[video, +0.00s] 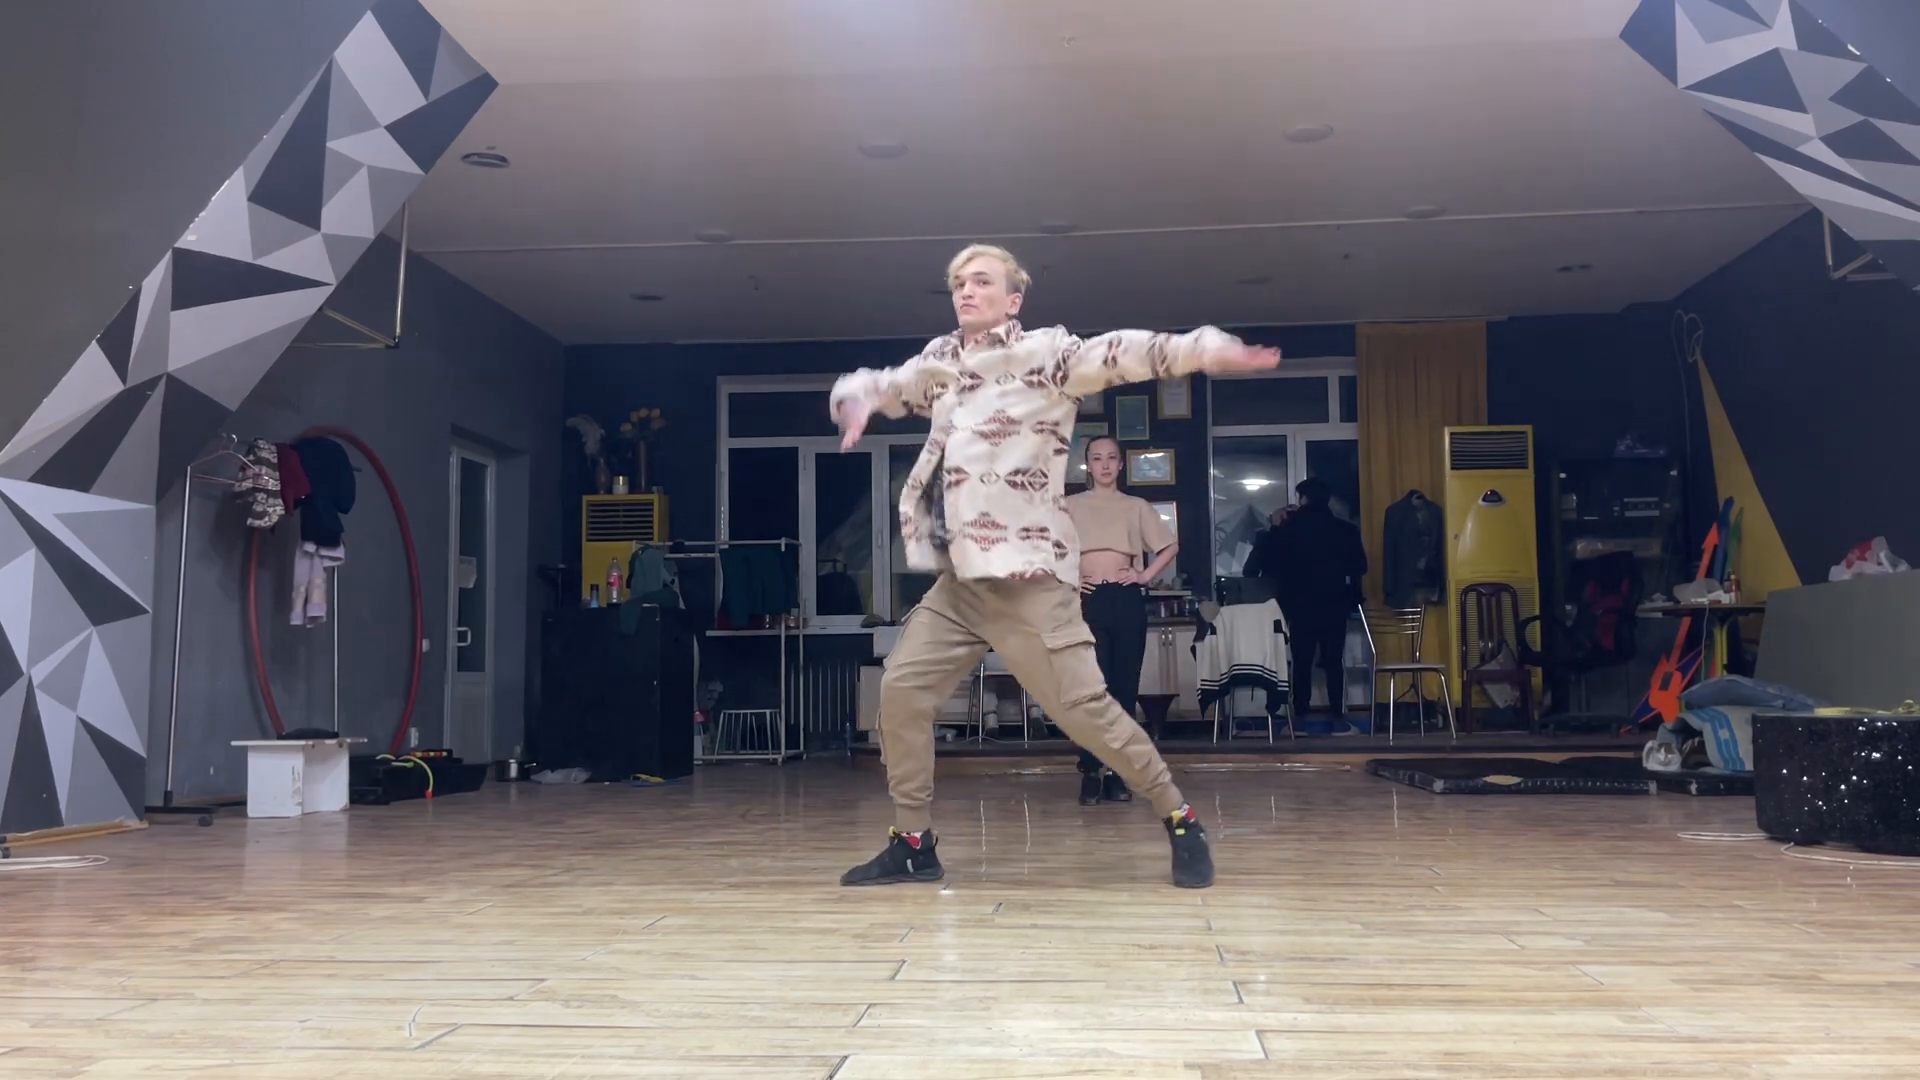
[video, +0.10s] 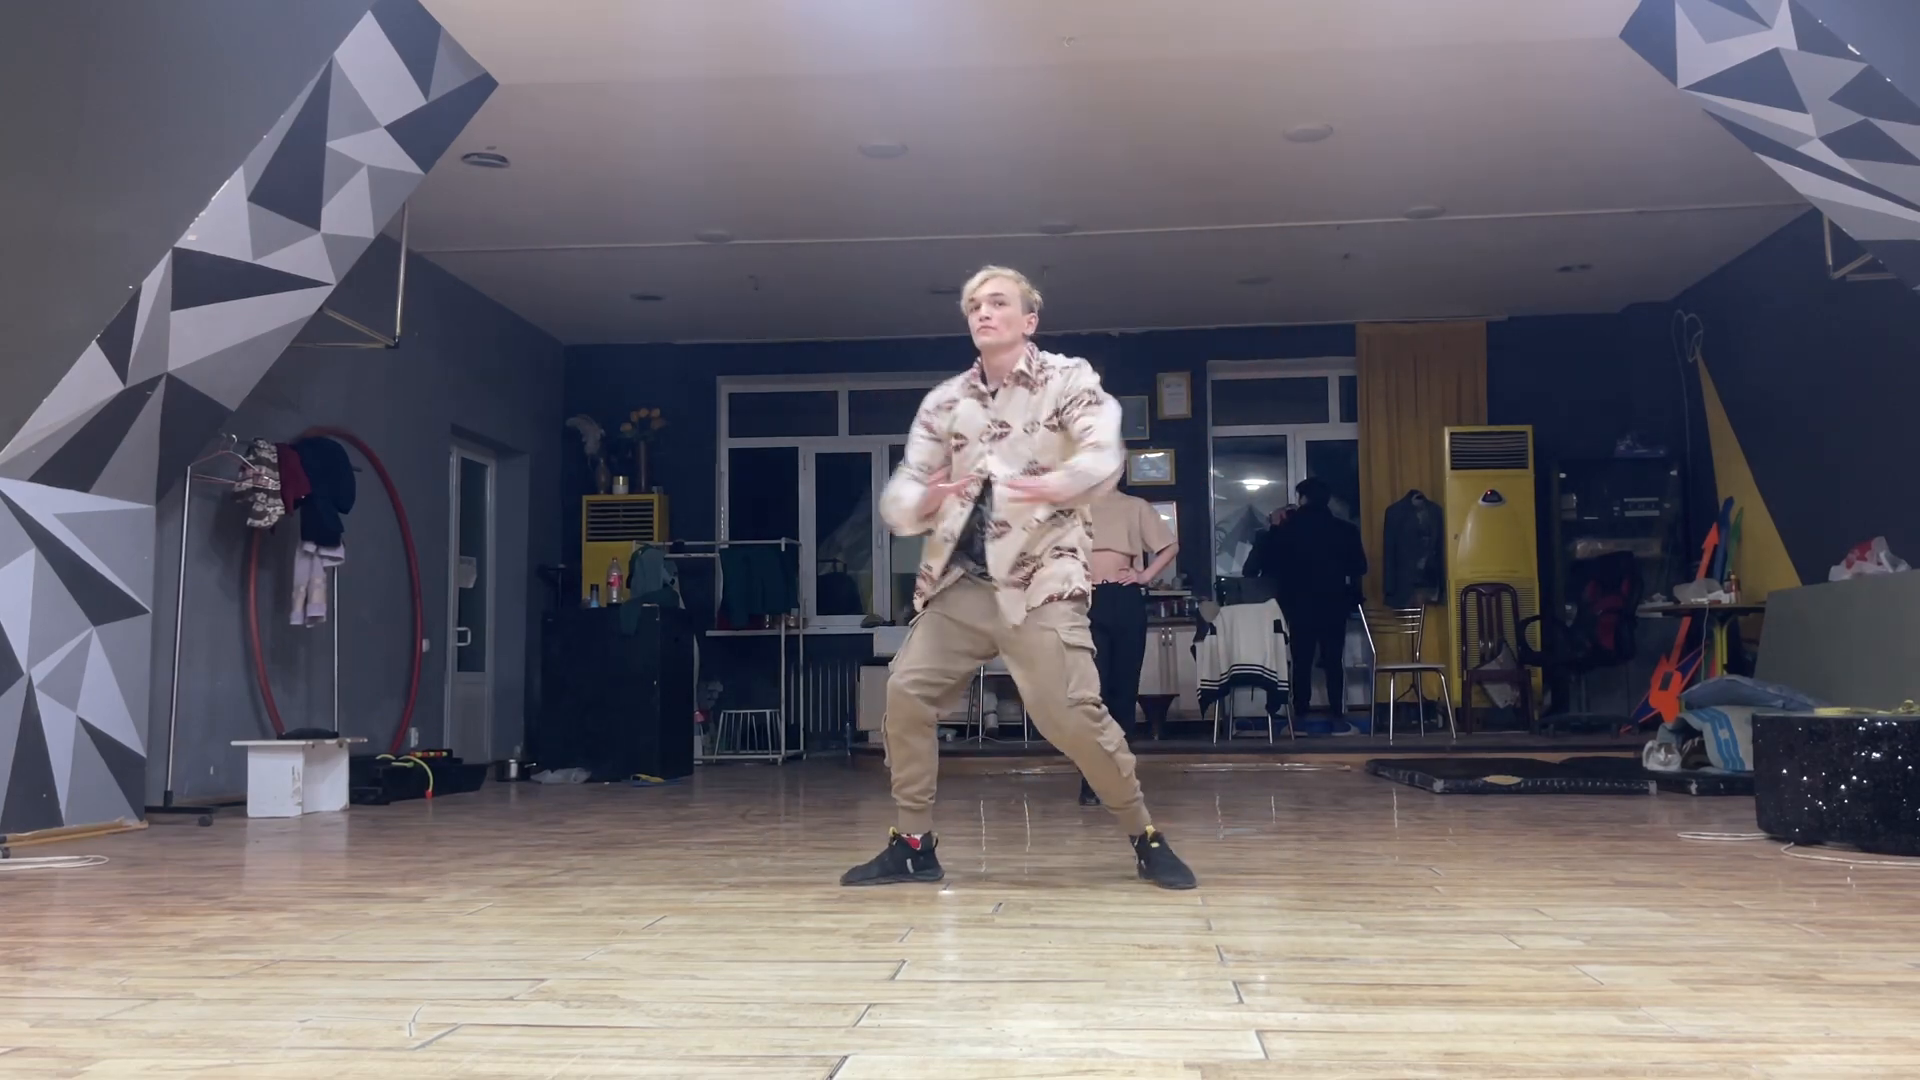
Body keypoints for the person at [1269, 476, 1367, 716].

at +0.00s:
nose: (1299, 502)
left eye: (1300, 498)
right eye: (1300, 498)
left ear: (1303, 499)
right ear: (1327, 499)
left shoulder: (1288, 529)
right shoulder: (1345, 529)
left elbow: (1267, 566)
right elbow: (1359, 568)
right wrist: (1353, 598)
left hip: (1300, 605)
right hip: (1333, 604)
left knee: (1302, 661)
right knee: (1334, 661)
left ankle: (1300, 719)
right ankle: (1337, 719)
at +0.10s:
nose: (1299, 502)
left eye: (1300, 498)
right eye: (1300, 498)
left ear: (1303, 499)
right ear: (1327, 499)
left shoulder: (1288, 529)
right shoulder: (1345, 529)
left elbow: (1270, 566)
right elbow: (1358, 568)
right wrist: (1353, 598)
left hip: (1299, 604)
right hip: (1333, 603)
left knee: (1301, 661)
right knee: (1333, 661)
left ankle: (1300, 719)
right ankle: (1337, 718)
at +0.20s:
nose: (1299, 502)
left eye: (1300, 498)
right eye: (1300, 498)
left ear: (1303, 499)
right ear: (1327, 499)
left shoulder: (1288, 529)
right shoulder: (1345, 529)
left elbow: (1270, 566)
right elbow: (1358, 568)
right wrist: (1353, 598)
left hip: (1300, 604)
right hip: (1333, 604)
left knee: (1301, 661)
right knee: (1333, 661)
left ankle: (1300, 718)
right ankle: (1337, 718)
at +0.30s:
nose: (1299, 502)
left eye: (1300, 498)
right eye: (1300, 498)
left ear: (1303, 499)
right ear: (1327, 499)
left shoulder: (1287, 528)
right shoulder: (1345, 529)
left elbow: (1270, 566)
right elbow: (1358, 568)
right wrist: (1353, 598)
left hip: (1299, 603)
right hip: (1333, 603)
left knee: (1301, 661)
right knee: (1333, 661)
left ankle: (1300, 718)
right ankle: (1337, 718)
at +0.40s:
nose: (1298, 502)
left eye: (1299, 498)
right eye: (1300, 498)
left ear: (1302, 499)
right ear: (1327, 499)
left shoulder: (1286, 529)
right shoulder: (1345, 529)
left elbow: (1264, 566)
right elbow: (1358, 568)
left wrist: (1271, 527)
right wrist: (1352, 598)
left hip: (1298, 604)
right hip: (1333, 604)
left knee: (1301, 661)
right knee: (1333, 661)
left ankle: (1300, 719)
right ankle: (1337, 719)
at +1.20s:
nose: (1298, 502)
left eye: (1299, 498)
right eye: (1300, 498)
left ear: (1302, 499)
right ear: (1327, 499)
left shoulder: (1287, 528)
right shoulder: (1345, 529)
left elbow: (1252, 567)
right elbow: (1358, 568)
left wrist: (1272, 529)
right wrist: (1354, 598)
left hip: (1297, 604)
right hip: (1333, 603)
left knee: (1300, 660)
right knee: (1333, 661)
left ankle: (1300, 716)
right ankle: (1337, 718)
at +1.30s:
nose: (1299, 502)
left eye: (1300, 498)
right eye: (1300, 498)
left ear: (1303, 499)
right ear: (1326, 500)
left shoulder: (1287, 528)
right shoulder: (1345, 529)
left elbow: (1269, 566)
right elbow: (1358, 567)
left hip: (1298, 604)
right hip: (1332, 603)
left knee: (1300, 661)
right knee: (1333, 661)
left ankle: (1299, 718)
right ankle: (1337, 718)